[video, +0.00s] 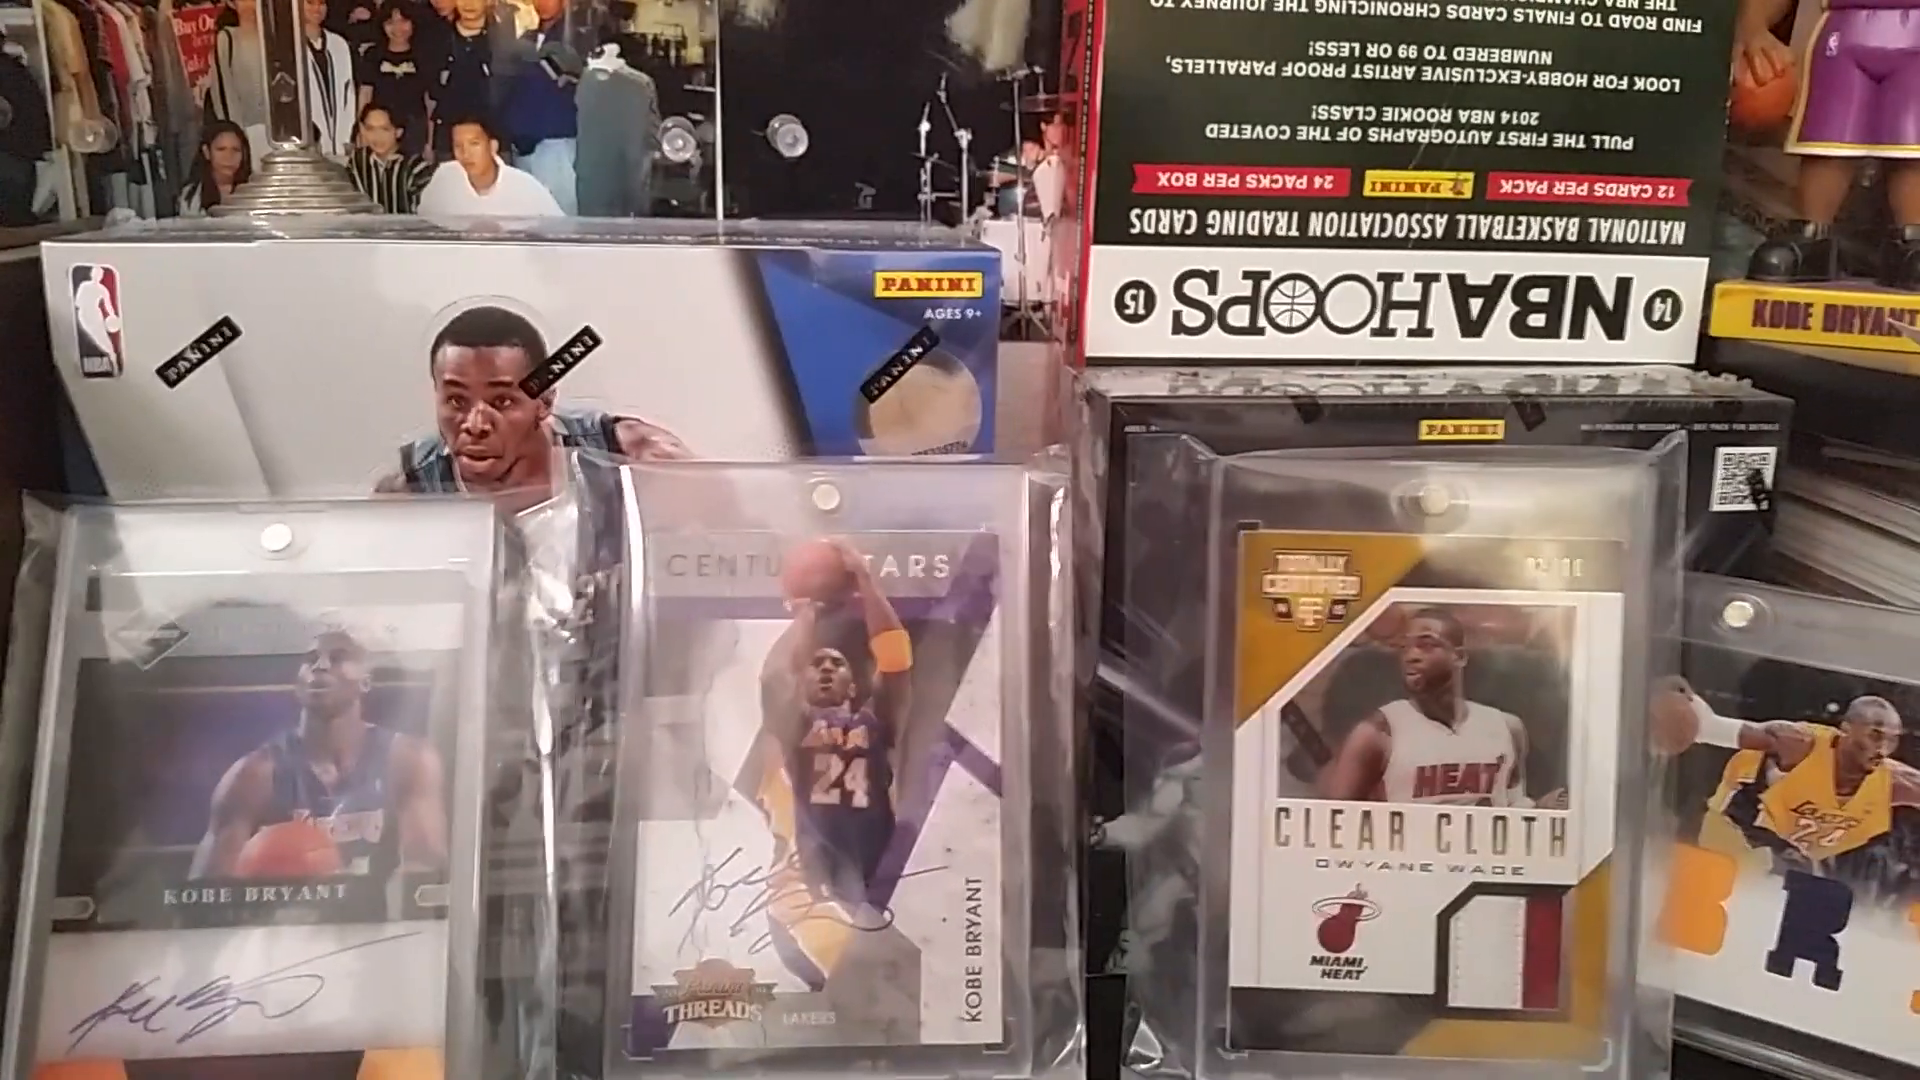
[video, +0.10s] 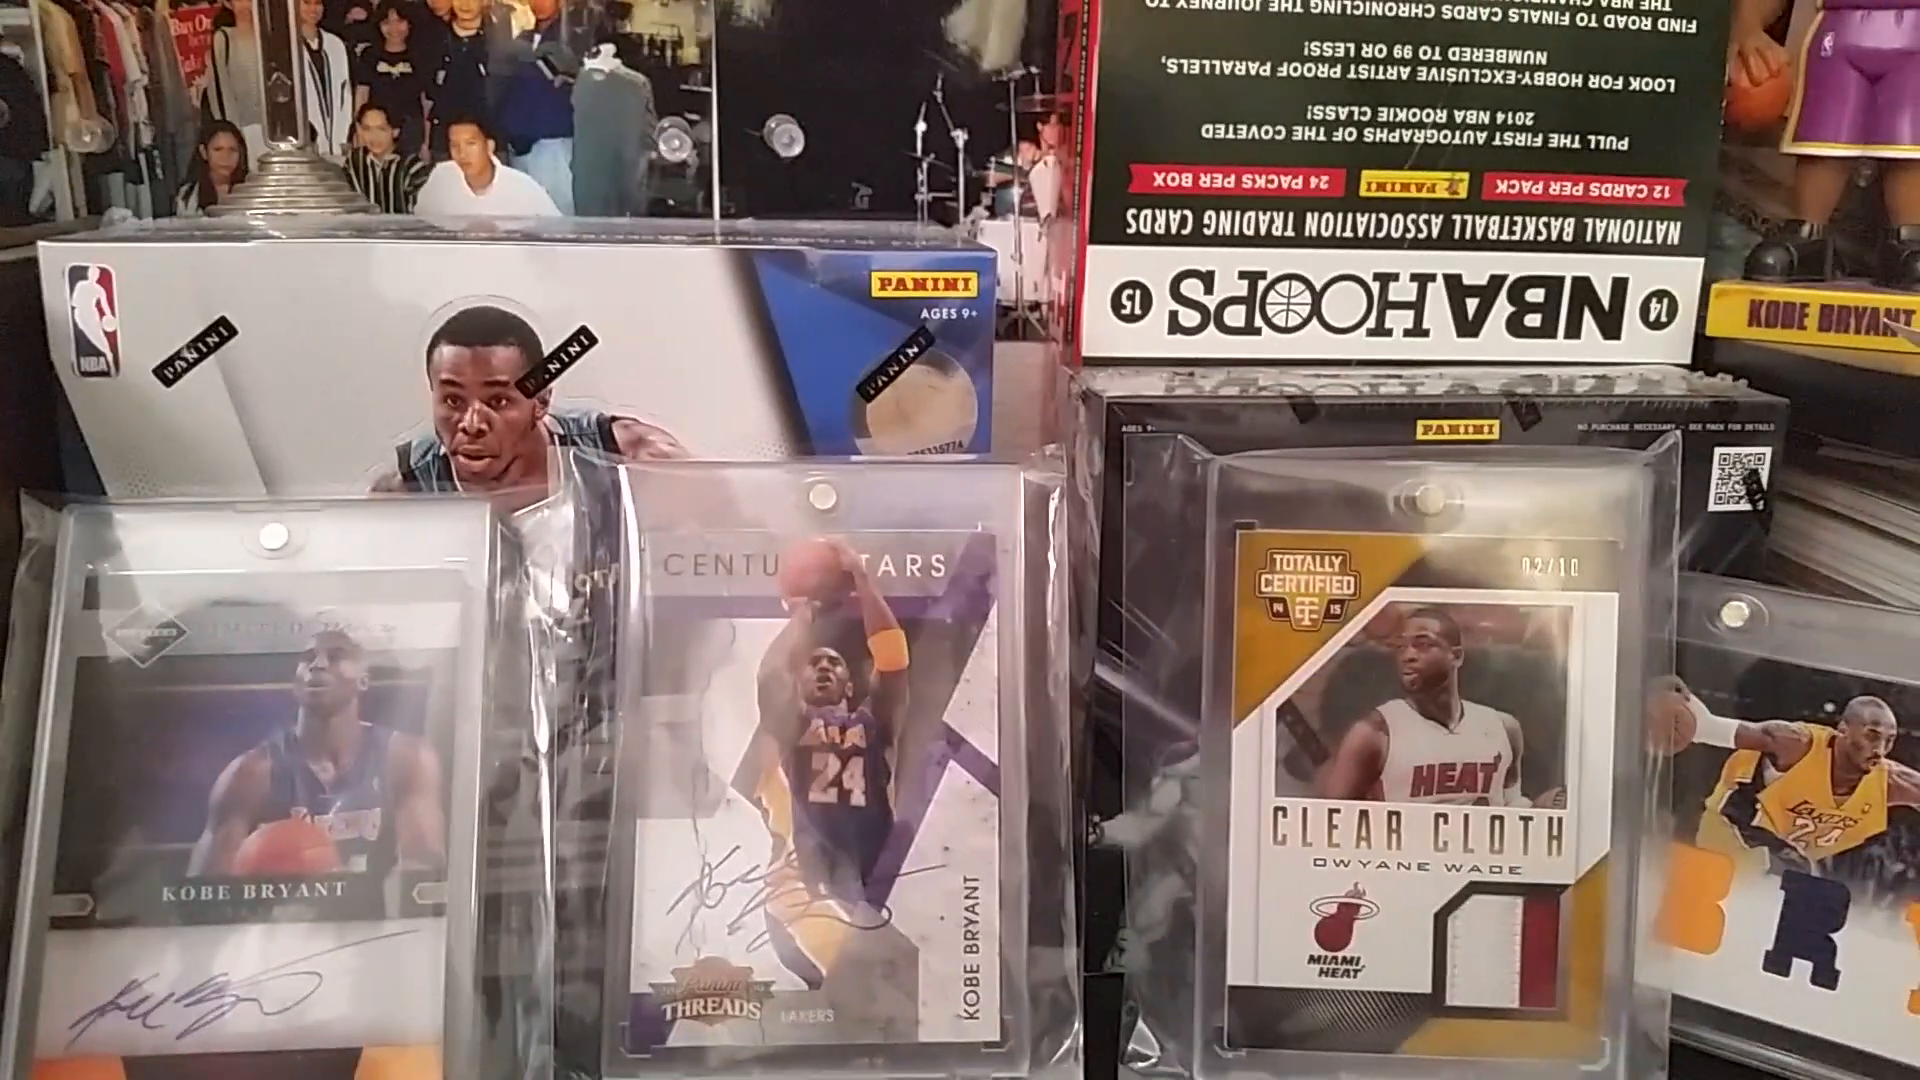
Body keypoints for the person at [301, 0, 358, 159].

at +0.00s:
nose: (318, 8)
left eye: (322, 3)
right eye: (311, 3)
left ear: (326, 8)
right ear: (299, 6)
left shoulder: (341, 44)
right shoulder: (292, 47)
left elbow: (350, 91)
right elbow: (290, 98)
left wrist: (348, 137)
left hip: (343, 144)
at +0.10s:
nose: (314, 8)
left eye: (318, 3)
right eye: (307, 3)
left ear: (323, 8)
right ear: (296, 6)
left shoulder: (337, 44)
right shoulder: (288, 47)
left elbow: (347, 90)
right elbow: (286, 97)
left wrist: (345, 137)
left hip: (339, 143)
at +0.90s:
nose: (334, 10)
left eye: (338, 4)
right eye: (326, 4)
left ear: (342, 8)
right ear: (315, 7)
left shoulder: (355, 44)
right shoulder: (309, 47)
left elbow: (365, 91)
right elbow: (307, 97)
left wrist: (362, 137)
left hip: (357, 143)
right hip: (326, 144)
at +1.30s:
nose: (356, 10)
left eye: (360, 4)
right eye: (350, 4)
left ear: (365, 8)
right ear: (339, 7)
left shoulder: (378, 44)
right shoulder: (331, 46)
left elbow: (387, 90)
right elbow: (331, 94)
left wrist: (385, 135)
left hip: (378, 139)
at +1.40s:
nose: (374, 10)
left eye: (380, 4)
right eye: (371, 4)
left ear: (387, 10)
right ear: (362, 9)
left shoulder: (402, 47)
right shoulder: (354, 48)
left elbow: (409, 96)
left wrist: (406, 139)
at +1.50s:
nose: (405, 10)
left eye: (407, 4)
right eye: (398, 4)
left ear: (410, 9)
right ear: (386, 10)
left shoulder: (425, 45)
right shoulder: (379, 49)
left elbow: (434, 91)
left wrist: (431, 133)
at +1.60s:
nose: (422, 12)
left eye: (425, 7)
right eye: (414, 6)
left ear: (429, 11)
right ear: (403, 10)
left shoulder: (442, 48)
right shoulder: (397, 51)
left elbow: (451, 92)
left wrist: (450, 133)